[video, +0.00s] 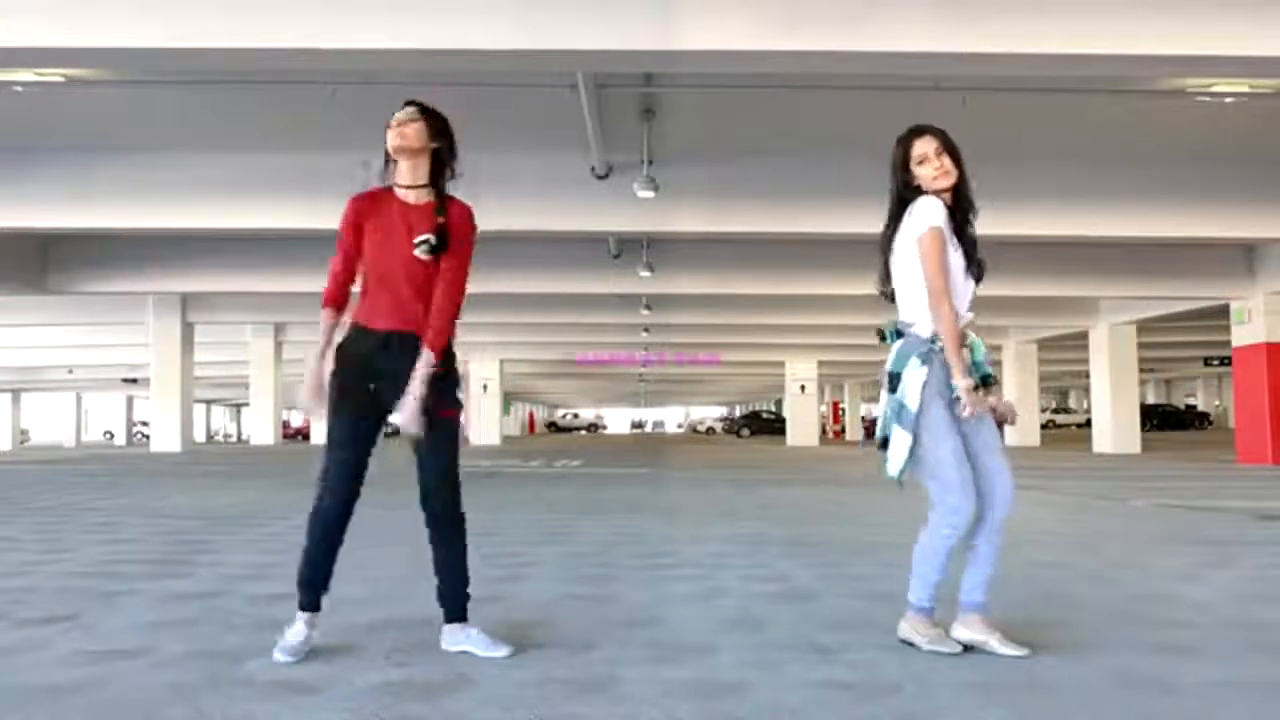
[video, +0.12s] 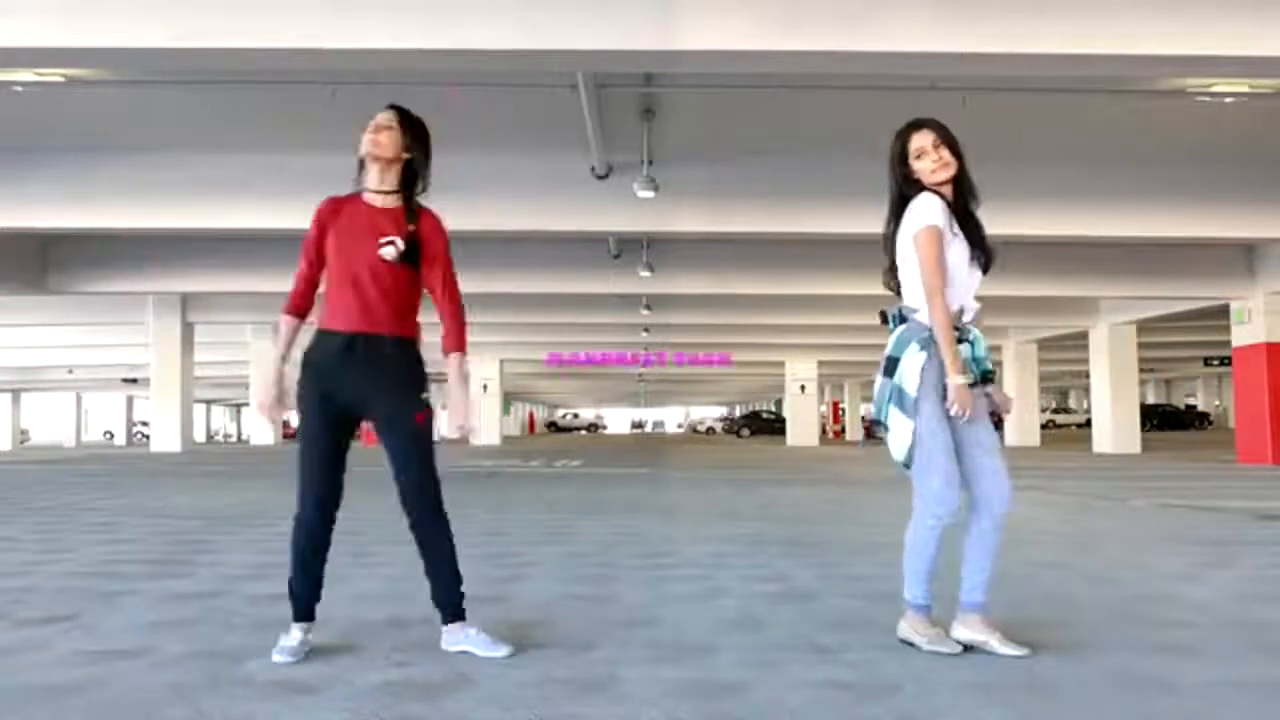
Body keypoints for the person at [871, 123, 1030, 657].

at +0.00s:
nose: (938, 165)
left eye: (942, 154)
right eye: (924, 162)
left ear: (956, 160)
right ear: (911, 176)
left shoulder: (942, 225)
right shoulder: (926, 212)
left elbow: (953, 319)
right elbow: (939, 300)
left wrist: (987, 394)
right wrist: (963, 378)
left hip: (955, 369)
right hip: (926, 368)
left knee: (998, 492)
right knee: (955, 502)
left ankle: (971, 617)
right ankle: (917, 616)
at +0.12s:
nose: (936, 158)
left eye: (940, 147)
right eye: (922, 155)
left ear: (956, 153)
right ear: (910, 170)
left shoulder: (953, 219)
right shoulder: (924, 209)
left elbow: (958, 310)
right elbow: (933, 294)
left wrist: (984, 384)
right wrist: (954, 371)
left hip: (958, 360)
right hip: (924, 358)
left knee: (994, 493)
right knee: (938, 494)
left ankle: (971, 617)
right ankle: (915, 616)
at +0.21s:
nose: (936, 165)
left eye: (940, 154)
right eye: (922, 163)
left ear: (957, 160)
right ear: (912, 179)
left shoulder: (958, 227)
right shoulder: (926, 218)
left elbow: (960, 318)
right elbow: (931, 306)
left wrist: (988, 389)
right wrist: (948, 383)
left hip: (957, 364)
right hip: (922, 365)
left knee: (1000, 489)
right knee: (935, 494)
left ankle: (971, 616)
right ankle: (915, 615)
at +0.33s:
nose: (934, 172)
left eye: (939, 161)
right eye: (921, 170)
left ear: (957, 166)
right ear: (913, 183)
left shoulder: (968, 235)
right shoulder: (924, 224)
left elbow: (967, 325)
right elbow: (910, 307)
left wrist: (992, 394)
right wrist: (921, 391)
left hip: (961, 374)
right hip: (918, 371)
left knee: (1004, 494)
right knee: (933, 497)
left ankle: (971, 615)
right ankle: (916, 616)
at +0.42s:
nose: (925, 164)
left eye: (932, 153)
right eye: (916, 160)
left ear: (956, 155)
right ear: (911, 171)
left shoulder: (985, 224)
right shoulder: (917, 216)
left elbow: (996, 301)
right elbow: (869, 287)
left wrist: (1007, 358)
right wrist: (887, 358)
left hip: (968, 362)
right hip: (915, 356)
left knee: (995, 493)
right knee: (924, 490)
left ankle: (977, 616)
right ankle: (912, 615)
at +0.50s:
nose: (920, 160)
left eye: (928, 150)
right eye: (914, 152)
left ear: (956, 150)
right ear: (914, 158)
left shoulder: (991, 215)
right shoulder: (907, 210)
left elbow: (1028, 285)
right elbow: (842, 260)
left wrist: (1014, 329)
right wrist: (866, 323)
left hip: (976, 354)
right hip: (917, 350)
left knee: (986, 490)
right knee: (918, 488)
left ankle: (993, 614)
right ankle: (912, 613)